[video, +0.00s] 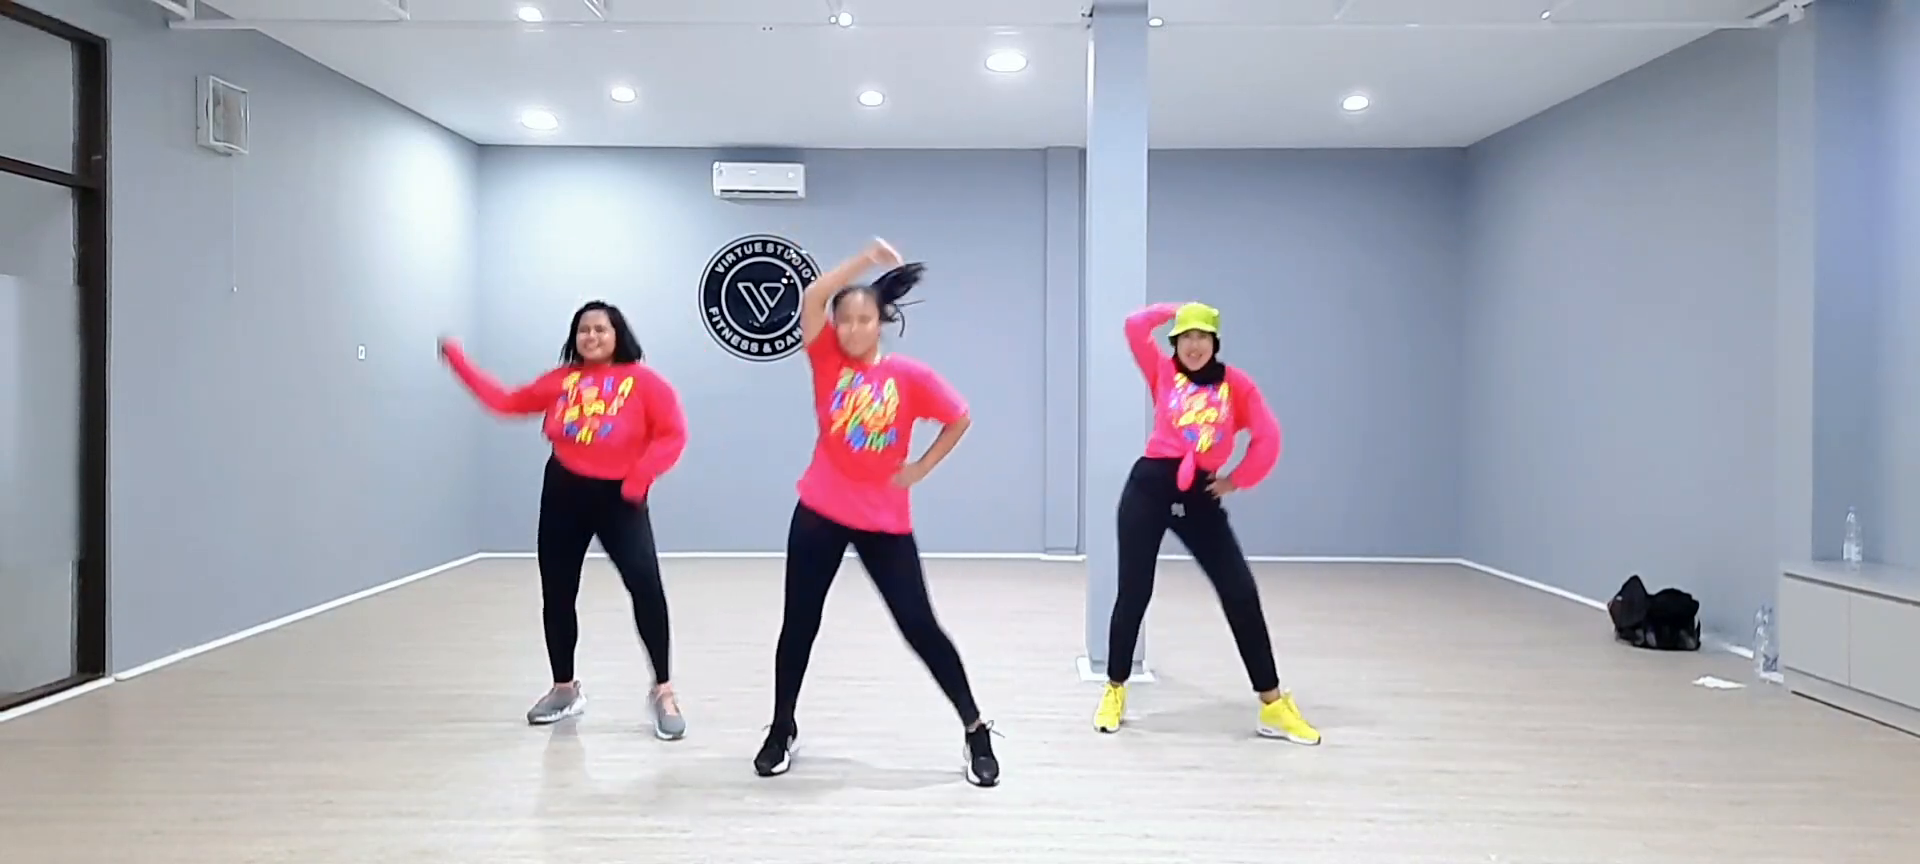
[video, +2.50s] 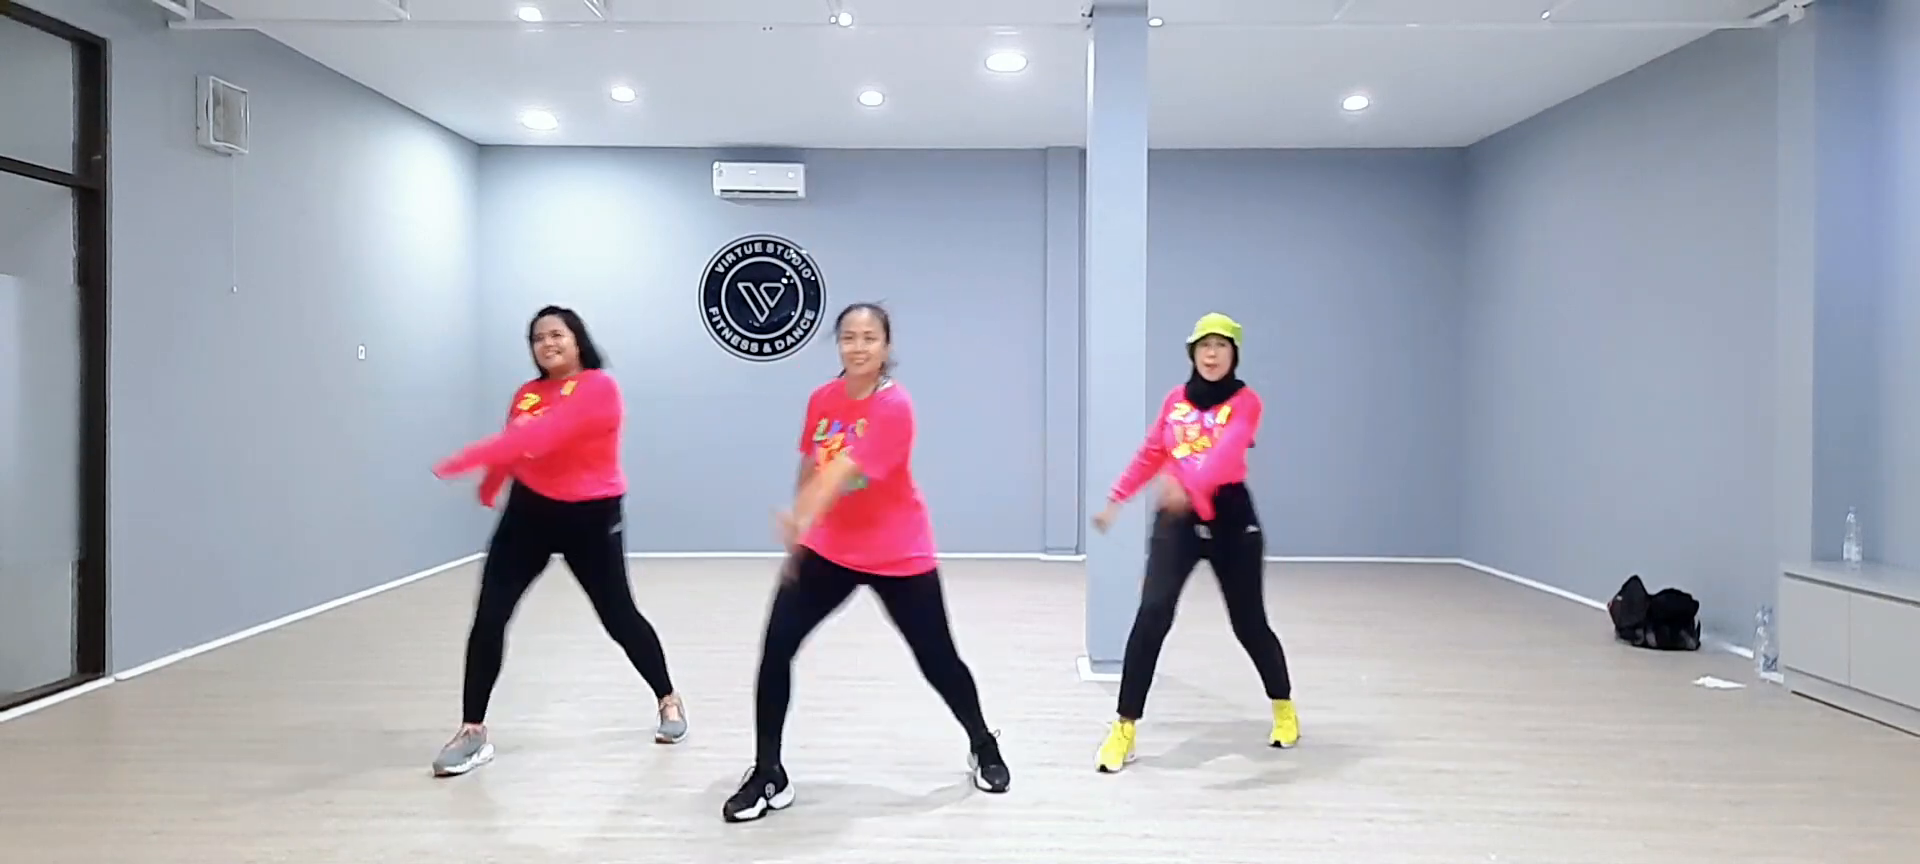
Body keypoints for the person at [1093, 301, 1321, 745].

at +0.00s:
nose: (1193, 346)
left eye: (1201, 338)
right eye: (1186, 339)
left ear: (1215, 343)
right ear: (1174, 344)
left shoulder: (1236, 385)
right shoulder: (1163, 375)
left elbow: (1268, 437)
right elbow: (1134, 325)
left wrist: (1235, 480)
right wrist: (1175, 311)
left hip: (1200, 497)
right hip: (1149, 489)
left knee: (1241, 594)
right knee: (1134, 591)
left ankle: (1272, 703)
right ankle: (1114, 691)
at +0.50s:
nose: (1235, 343)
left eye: (1243, 335)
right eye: (1227, 335)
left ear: (1253, 342)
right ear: (1212, 341)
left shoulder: (1263, 396)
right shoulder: (1191, 387)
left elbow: (1268, 465)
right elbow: (1169, 449)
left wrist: (1279, 462)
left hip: (1247, 508)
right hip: (1196, 505)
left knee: (1238, 611)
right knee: (1192, 606)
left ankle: (1220, 703)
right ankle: (1173, 713)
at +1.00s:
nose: (1269, 340)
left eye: (1273, 332)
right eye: (1260, 332)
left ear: (1272, 340)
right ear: (1236, 338)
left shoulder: (1263, 391)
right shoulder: (1219, 387)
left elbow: (1269, 457)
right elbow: (1221, 452)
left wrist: (1302, 482)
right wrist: (1280, 440)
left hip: (1262, 512)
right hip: (1240, 512)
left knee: (1260, 621)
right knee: (1289, 630)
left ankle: (1214, 714)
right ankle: (1251, 762)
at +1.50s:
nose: (1208, 330)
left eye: (1211, 325)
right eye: (1210, 323)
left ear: (1222, 330)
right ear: (1255, 329)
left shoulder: (1212, 370)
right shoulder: (1279, 377)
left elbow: (1165, 422)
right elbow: (1314, 439)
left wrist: (1178, 384)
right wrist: (1288, 477)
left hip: (1218, 488)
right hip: (1268, 490)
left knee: (1219, 614)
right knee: (1248, 599)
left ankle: (1235, 737)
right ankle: (1283, 704)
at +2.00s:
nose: (1223, 317)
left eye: (1233, 309)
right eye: (1217, 309)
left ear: (1250, 315)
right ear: (1211, 316)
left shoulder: (1277, 357)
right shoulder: (1201, 364)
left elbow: (1337, 386)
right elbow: (1184, 408)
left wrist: (1363, 428)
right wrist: (1171, 401)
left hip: (1262, 475)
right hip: (1216, 478)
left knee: (1246, 582)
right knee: (1229, 585)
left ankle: (1270, 691)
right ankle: (1250, 684)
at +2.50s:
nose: (1212, 354)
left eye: (1221, 346)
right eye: (1205, 345)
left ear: (1235, 355)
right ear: (1193, 352)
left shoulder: (1246, 402)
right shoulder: (1176, 400)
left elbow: (1227, 453)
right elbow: (1152, 454)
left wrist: (1186, 483)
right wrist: (1115, 500)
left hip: (1231, 519)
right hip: (1177, 517)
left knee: (1248, 624)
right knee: (1152, 617)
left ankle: (1283, 709)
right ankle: (1124, 726)